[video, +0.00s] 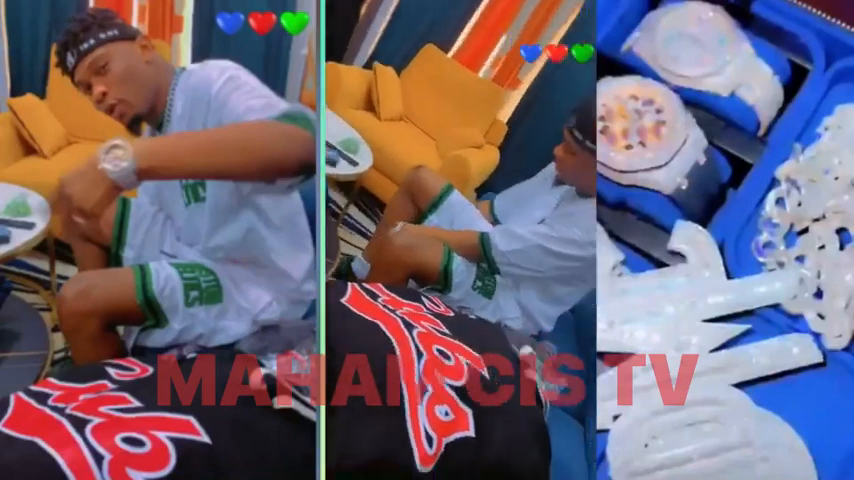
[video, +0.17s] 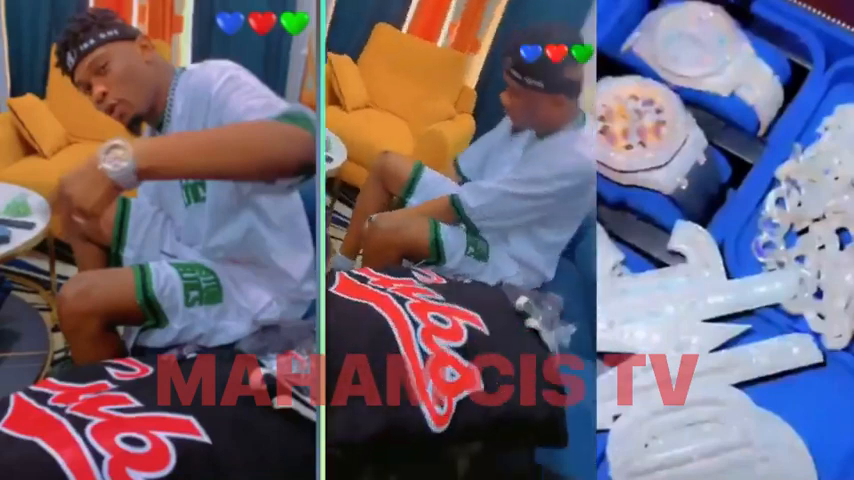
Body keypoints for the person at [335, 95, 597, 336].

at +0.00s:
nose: (558, 151)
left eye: (572, 150)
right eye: (565, 140)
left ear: (602, 169)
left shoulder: (589, 232)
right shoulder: (565, 171)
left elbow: (489, 249)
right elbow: (491, 210)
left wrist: (405, 237)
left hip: (514, 302)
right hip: (498, 253)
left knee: (402, 245)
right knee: (420, 182)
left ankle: (357, 316)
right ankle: (362, 275)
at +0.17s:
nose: (503, 97)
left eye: (513, 92)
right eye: (507, 86)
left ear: (552, 101)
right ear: (552, 100)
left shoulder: (571, 161)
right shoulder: (530, 117)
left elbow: (468, 208)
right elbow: (464, 177)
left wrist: (390, 224)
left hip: (508, 257)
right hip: (478, 216)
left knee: (384, 230)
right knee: (387, 167)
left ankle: (358, 315)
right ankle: (341, 269)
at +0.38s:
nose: (419, 101)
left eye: (422, 90)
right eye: (417, 91)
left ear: (456, 81)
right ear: (458, 80)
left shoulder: (509, 114)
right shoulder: (477, 102)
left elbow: (458, 205)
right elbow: (440, 173)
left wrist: (394, 187)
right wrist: (418, 231)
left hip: (532, 237)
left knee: (407, 245)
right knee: (392, 189)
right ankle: (383, 307)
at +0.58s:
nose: (371, 129)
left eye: (367, 120)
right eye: (364, 123)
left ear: (389, 103)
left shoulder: (447, 116)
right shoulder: (436, 87)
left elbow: (426, 209)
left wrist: (395, 261)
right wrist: (395, 248)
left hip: (532, 212)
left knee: (404, 235)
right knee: (389, 181)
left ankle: (427, 331)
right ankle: (411, 310)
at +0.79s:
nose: (365, 127)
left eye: (358, 118)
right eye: (357, 121)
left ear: (377, 100)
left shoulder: (436, 104)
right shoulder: (424, 73)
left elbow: (422, 207)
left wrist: (385, 254)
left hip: (538, 186)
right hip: (504, 170)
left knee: (409, 217)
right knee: (390, 164)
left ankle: (448, 315)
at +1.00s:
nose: (358, 105)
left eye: (352, 94)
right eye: (349, 97)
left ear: (377, 76)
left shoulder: (435, 87)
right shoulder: (422, 50)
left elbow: (416, 193)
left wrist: (381, 250)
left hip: (532, 178)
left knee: (399, 202)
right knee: (381, 147)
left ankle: (443, 304)